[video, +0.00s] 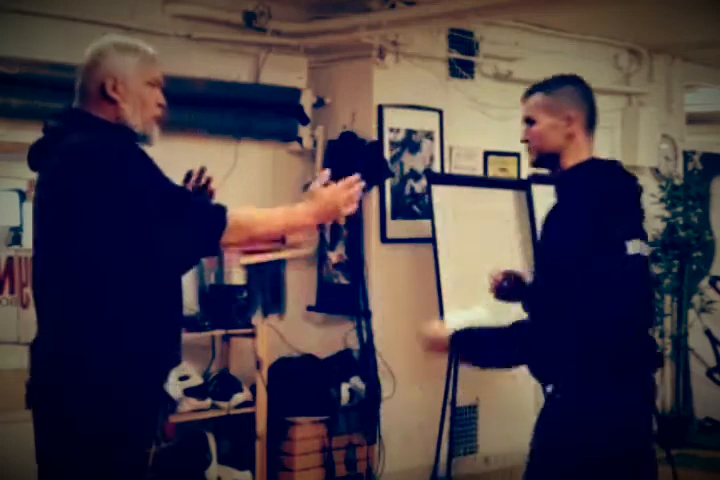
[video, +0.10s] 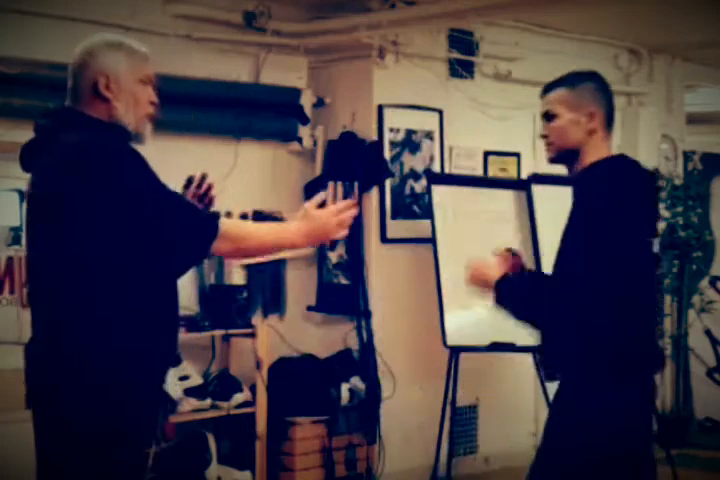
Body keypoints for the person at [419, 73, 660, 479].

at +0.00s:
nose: (523, 135)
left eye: (531, 122)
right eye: (524, 123)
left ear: (569, 124)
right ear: (567, 126)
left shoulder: (579, 203)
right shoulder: (615, 187)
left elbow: (557, 336)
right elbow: (589, 295)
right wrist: (527, 290)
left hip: (584, 402)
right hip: (625, 394)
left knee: (549, 472)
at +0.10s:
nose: (542, 131)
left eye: (551, 117)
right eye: (542, 119)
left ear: (590, 121)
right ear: (586, 123)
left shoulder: (606, 186)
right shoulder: (622, 181)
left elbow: (572, 313)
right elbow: (581, 300)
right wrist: (526, 276)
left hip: (597, 387)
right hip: (620, 381)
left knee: (552, 473)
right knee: (617, 472)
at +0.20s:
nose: (551, 132)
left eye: (561, 118)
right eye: (552, 120)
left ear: (602, 122)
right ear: (598, 124)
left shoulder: (637, 186)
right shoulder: (587, 194)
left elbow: (602, 293)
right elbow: (559, 298)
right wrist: (526, 258)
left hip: (611, 379)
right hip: (588, 377)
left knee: (552, 472)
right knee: (617, 472)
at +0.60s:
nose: (514, 142)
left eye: (523, 128)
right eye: (515, 130)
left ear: (563, 130)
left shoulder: (603, 200)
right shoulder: (535, 215)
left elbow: (642, 321)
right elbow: (526, 313)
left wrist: (559, 282)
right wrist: (487, 273)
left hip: (580, 389)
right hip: (541, 386)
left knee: (500, 472)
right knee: (591, 471)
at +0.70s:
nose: (476, 141)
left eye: (485, 128)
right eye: (478, 130)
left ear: (522, 132)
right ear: (518, 134)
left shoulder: (531, 195)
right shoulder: (546, 191)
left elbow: (528, 306)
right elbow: (531, 291)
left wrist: (475, 302)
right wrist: (480, 278)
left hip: (536, 397)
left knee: (484, 472)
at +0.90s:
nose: (384, 161)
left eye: (389, 149)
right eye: (384, 150)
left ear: (417, 152)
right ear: (440, 150)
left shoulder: (409, 238)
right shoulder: (499, 213)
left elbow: (358, 320)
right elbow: (554, 295)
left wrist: (292, 311)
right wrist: (488, 315)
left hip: (482, 407)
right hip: (548, 392)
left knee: (425, 474)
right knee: (552, 473)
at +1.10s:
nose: (336, 210)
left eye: (333, 195)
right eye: (330, 198)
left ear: (353, 179)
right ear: (379, 166)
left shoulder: (407, 248)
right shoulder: (437, 202)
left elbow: (411, 384)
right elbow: (504, 262)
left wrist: (323, 439)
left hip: (483, 405)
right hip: (533, 380)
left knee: (429, 474)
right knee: (555, 475)